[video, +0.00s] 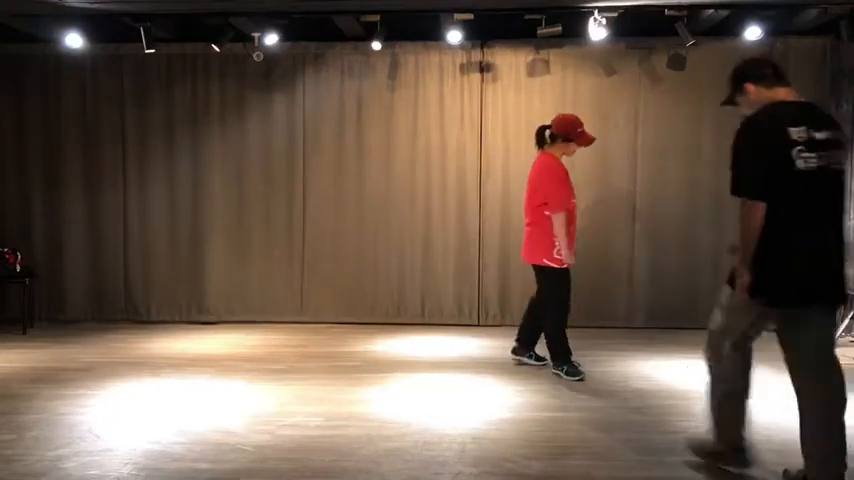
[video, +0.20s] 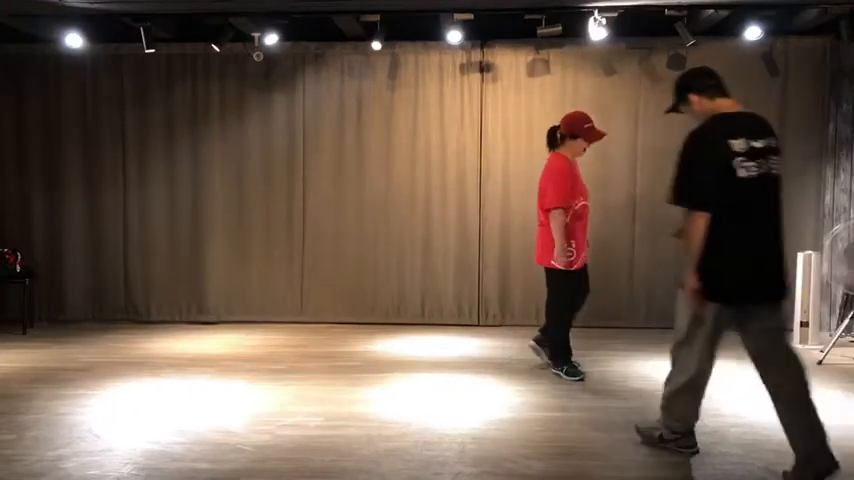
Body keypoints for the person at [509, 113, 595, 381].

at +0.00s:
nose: (577, 148)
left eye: (578, 144)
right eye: (575, 143)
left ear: (557, 139)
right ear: (564, 141)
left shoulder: (544, 163)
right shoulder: (552, 168)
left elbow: (552, 209)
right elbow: (558, 212)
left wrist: (557, 241)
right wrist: (563, 245)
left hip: (542, 248)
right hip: (550, 250)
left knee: (545, 298)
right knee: (556, 304)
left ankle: (523, 347)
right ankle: (561, 360)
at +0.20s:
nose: (587, 146)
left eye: (588, 142)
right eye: (585, 141)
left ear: (570, 138)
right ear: (570, 138)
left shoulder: (568, 164)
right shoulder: (558, 167)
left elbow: (570, 207)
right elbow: (556, 211)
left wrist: (578, 241)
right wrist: (560, 245)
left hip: (573, 249)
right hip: (561, 252)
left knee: (578, 292)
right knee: (560, 305)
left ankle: (547, 338)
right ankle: (560, 358)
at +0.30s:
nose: (590, 146)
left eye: (592, 141)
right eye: (587, 140)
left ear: (576, 138)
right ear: (572, 137)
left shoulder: (577, 162)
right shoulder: (561, 166)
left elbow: (579, 204)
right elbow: (563, 208)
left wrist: (584, 240)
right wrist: (562, 243)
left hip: (581, 249)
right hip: (564, 252)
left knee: (589, 294)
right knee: (563, 304)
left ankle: (563, 344)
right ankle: (560, 358)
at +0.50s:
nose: (600, 145)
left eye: (604, 139)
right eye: (595, 139)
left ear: (606, 139)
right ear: (579, 137)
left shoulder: (602, 166)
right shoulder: (567, 166)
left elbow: (612, 201)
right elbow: (564, 207)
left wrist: (606, 230)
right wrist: (580, 240)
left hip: (596, 250)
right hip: (568, 252)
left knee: (603, 304)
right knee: (566, 308)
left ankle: (610, 353)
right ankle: (562, 360)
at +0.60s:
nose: (602, 143)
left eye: (606, 137)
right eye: (598, 137)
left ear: (608, 139)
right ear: (587, 137)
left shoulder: (613, 165)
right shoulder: (575, 165)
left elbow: (618, 208)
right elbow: (566, 205)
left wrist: (618, 243)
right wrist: (580, 240)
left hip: (604, 252)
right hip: (574, 252)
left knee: (611, 304)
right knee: (571, 307)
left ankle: (614, 353)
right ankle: (562, 358)